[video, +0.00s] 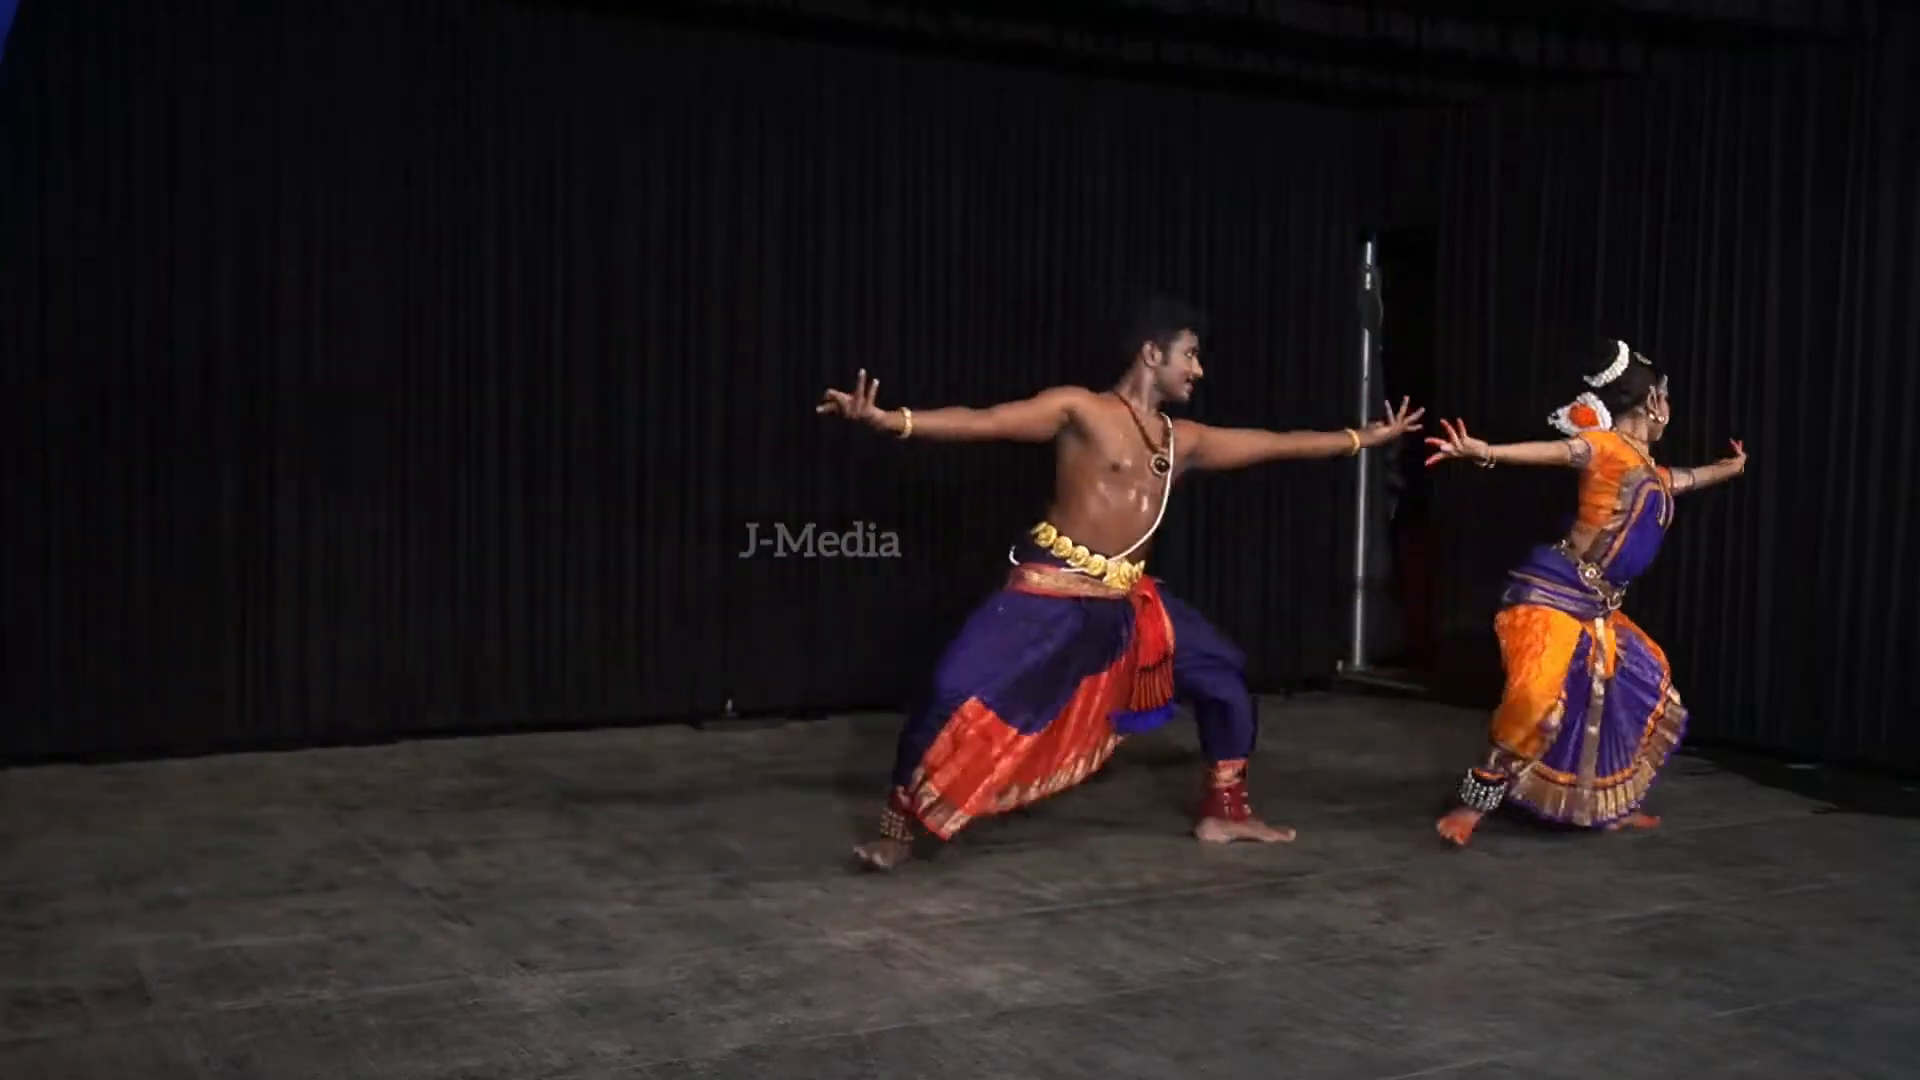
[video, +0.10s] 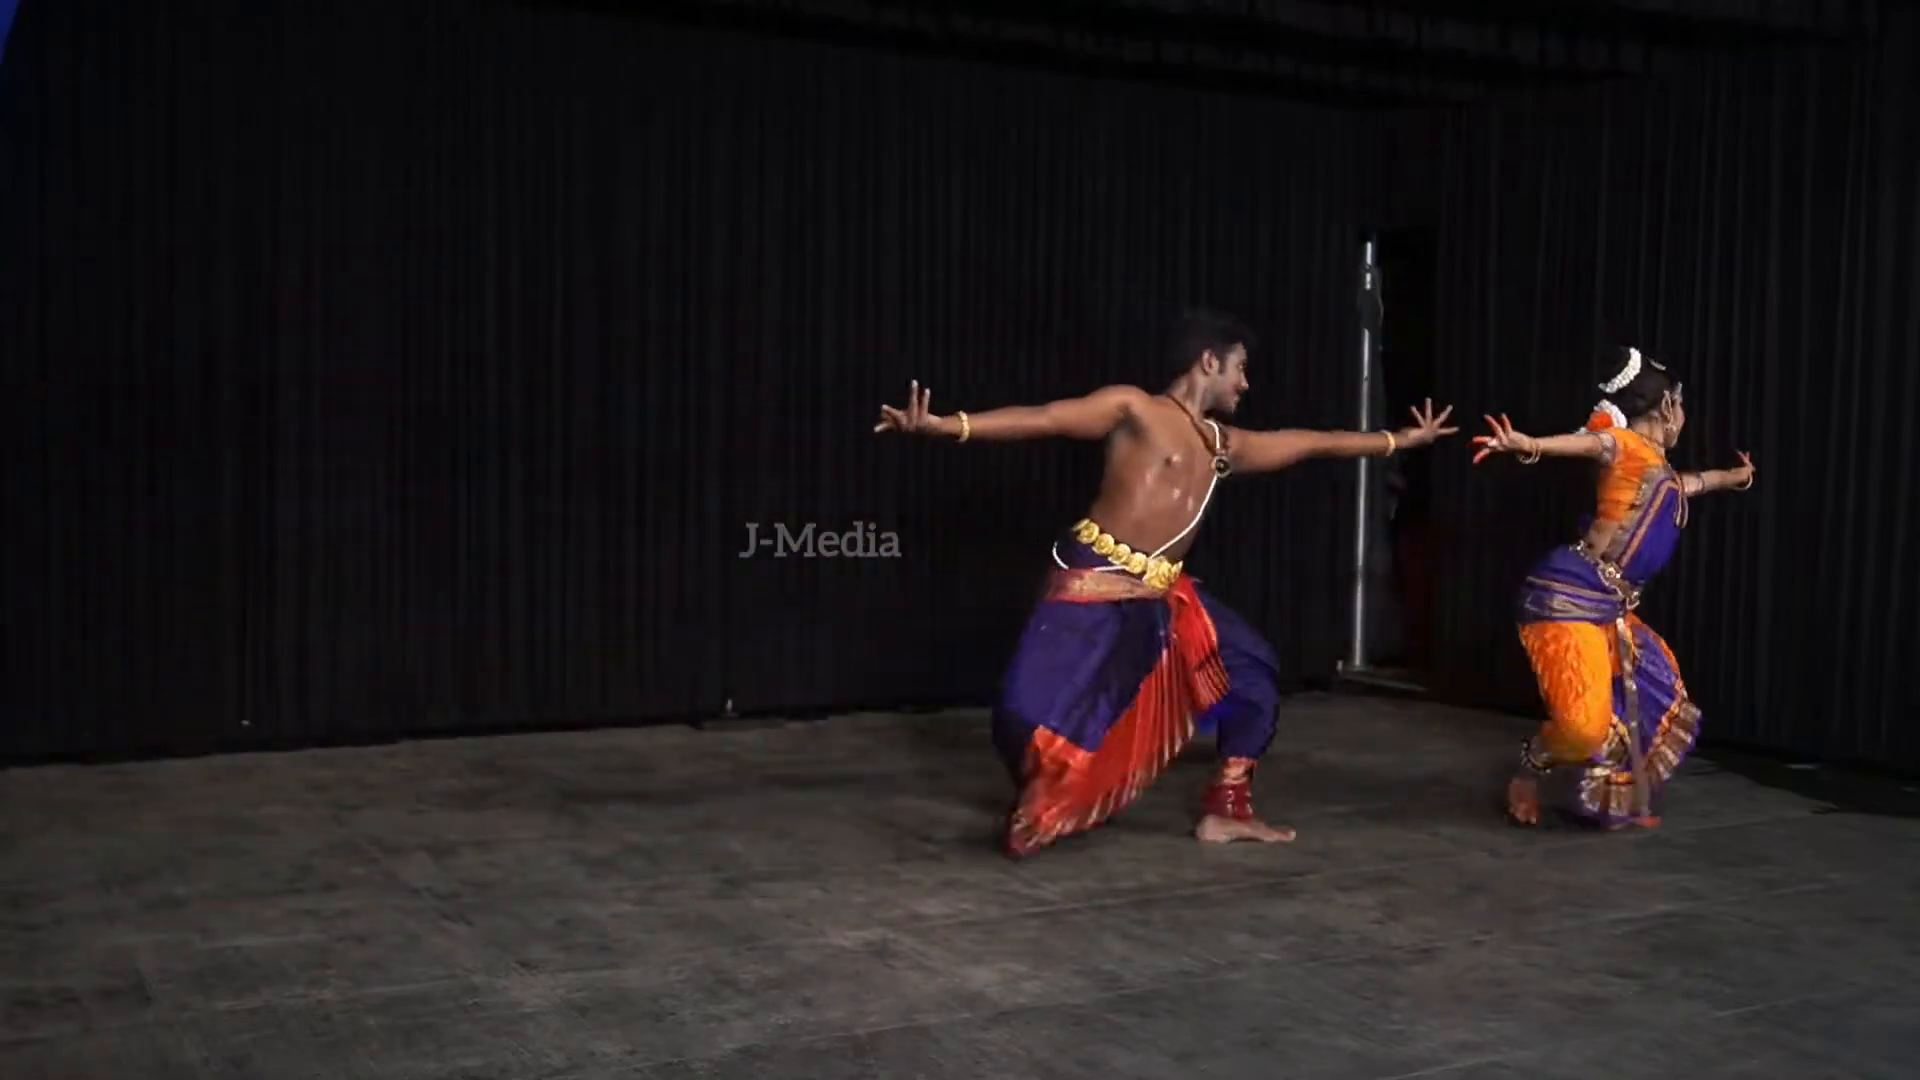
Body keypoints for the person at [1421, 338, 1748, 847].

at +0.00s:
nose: (1669, 407)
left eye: (1666, 398)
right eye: (1665, 398)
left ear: (1637, 406)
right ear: (1650, 405)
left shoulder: (1653, 472)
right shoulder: (1605, 446)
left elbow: (1690, 478)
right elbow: (1553, 452)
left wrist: (1735, 467)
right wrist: (1488, 451)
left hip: (1599, 612)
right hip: (1551, 598)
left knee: (1651, 690)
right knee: (1535, 696)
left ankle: (1606, 802)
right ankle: (1476, 803)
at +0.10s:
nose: (1683, 415)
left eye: (1681, 405)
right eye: (1680, 404)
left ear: (1652, 410)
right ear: (1664, 408)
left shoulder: (1664, 475)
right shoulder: (1624, 443)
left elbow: (1699, 481)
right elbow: (1587, 444)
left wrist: (1734, 477)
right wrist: (1531, 444)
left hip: (1611, 614)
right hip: (1567, 603)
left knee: (1663, 696)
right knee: (1584, 728)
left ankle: (1617, 800)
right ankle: (1531, 765)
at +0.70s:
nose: (1715, 390)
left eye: (1716, 380)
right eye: (1703, 377)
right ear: (1666, 387)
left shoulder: (1683, 456)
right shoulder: (1641, 442)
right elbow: (1597, 486)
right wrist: (1626, 464)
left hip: (1639, 601)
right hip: (1589, 598)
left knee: (1696, 688)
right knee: (1620, 720)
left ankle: (1644, 804)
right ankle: (1592, 773)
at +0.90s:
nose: (1676, 375)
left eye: (1680, 365)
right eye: (1662, 363)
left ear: (1681, 379)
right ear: (1626, 373)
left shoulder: (1678, 441)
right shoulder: (1603, 433)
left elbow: (1736, 444)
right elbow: (1565, 473)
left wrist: (1751, 466)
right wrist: (1643, 492)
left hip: (1629, 595)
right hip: (1569, 587)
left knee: (1686, 672)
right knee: (1553, 677)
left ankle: (1640, 799)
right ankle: (1537, 819)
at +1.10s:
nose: (1626, 353)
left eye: (1631, 343)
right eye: (1612, 340)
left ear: (1632, 353)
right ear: (1576, 350)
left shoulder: (1624, 424)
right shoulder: (1548, 412)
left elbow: (1696, 439)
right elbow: (1520, 450)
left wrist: (1699, 455)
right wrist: (1594, 488)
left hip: (1566, 585)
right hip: (1506, 579)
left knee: (1627, 659)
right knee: (1501, 697)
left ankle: (1610, 794)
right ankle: (1520, 840)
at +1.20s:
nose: (1599, 348)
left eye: (1603, 338)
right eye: (1584, 335)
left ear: (1604, 350)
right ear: (1547, 345)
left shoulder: (1597, 421)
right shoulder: (1520, 407)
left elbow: (1667, 434)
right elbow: (1492, 442)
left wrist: (1672, 451)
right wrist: (1569, 480)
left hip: (1538, 584)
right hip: (1477, 580)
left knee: (1602, 670)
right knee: (1490, 706)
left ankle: (1526, 766)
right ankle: (1518, 846)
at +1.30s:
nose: (1568, 342)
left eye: (1572, 332)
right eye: (1553, 329)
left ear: (1572, 344)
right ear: (1515, 342)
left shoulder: (1569, 419)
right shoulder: (1488, 403)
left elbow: (1645, 433)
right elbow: (1459, 438)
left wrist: (1644, 453)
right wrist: (1542, 473)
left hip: (1508, 590)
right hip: (1448, 585)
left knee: (1552, 705)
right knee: (1486, 712)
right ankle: (1516, 848)